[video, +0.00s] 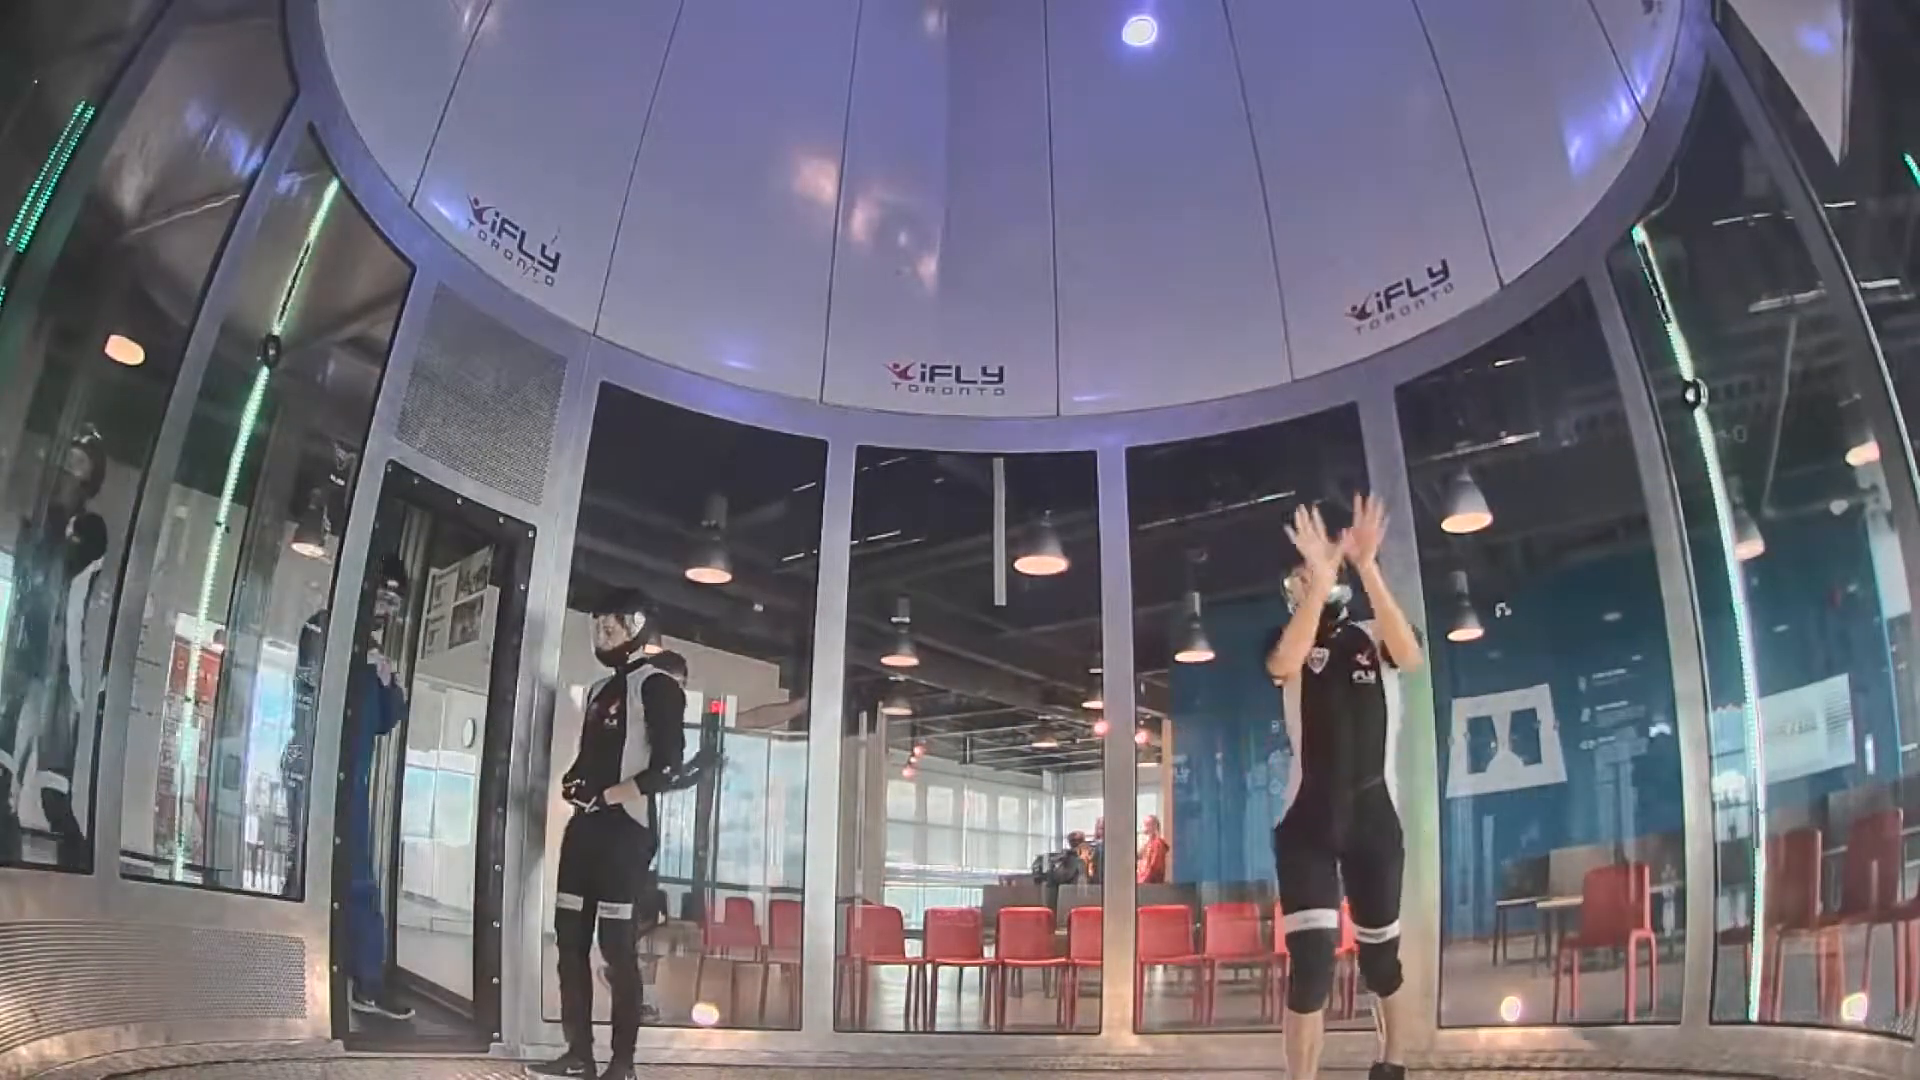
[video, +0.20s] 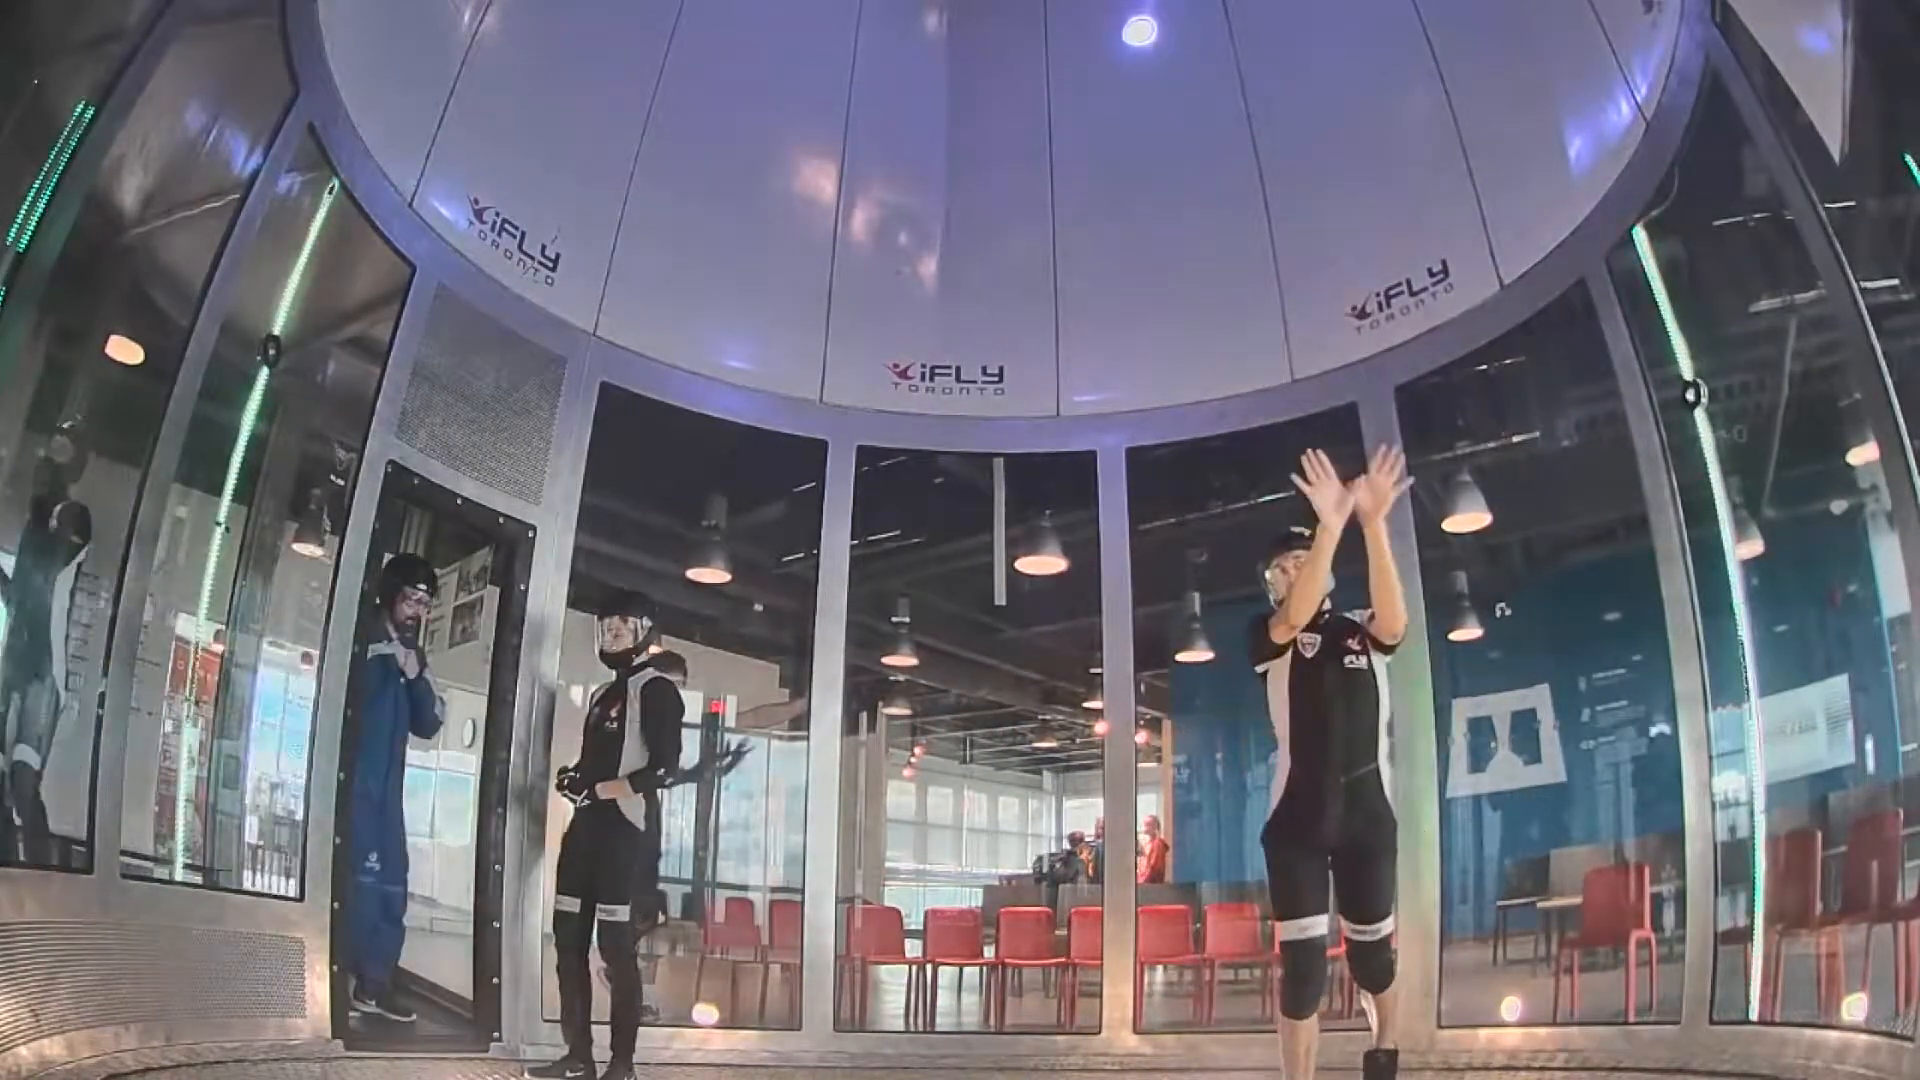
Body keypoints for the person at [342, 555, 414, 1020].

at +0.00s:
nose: (389, 608)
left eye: (395, 600)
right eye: (384, 596)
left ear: (397, 606)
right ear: (361, 591)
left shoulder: (373, 656)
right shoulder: (326, 635)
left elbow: (382, 720)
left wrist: (388, 684)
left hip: (351, 777)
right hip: (321, 773)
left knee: (359, 875)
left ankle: (368, 983)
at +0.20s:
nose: (418, 610)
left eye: (424, 603)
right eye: (411, 598)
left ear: (427, 607)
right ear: (388, 594)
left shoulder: (413, 654)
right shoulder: (357, 638)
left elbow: (428, 725)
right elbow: (341, 698)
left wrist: (415, 676)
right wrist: (385, 660)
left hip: (389, 786)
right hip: (353, 779)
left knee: (393, 883)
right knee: (358, 879)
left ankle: (375, 987)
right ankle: (344, 985)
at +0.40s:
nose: (432, 607)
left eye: (439, 599)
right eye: (425, 595)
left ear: (444, 605)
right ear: (404, 595)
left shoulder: (435, 658)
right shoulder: (374, 639)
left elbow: (453, 724)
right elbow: (355, 694)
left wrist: (435, 666)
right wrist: (403, 647)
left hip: (408, 785)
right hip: (366, 779)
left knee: (403, 883)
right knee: (381, 879)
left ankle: (374, 979)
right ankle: (383, 989)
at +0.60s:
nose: (442, 600)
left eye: (449, 593)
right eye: (434, 590)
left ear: (454, 602)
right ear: (413, 593)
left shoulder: (449, 653)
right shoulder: (385, 634)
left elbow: (464, 724)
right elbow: (361, 690)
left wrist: (448, 664)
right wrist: (408, 644)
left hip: (424, 780)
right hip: (380, 776)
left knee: (431, 887)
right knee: (393, 884)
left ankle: (387, 980)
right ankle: (394, 1001)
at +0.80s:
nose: (450, 599)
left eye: (458, 592)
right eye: (443, 588)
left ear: (462, 600)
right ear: (422, 591)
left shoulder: (454, 649)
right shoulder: (398, 633)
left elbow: (477, 720)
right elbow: (375, 690)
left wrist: (456, 663)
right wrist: (419, 643)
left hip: (435, 780)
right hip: (391, 777)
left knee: (435, 891)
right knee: (405, 890)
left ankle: (423, 998)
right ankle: (395, 1003)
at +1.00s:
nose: (454, 601)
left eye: (462, 595)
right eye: (447, 591)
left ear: (468, 603)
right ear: (427, 593)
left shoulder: (468, 650)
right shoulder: (399, 632)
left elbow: (476, 722)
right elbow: (379, 691)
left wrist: (462, 662)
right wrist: (426, 647)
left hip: (444, 781)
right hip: (399, 777)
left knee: (436, 890)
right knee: (409, 884)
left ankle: (425, 996)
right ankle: (394, 997)